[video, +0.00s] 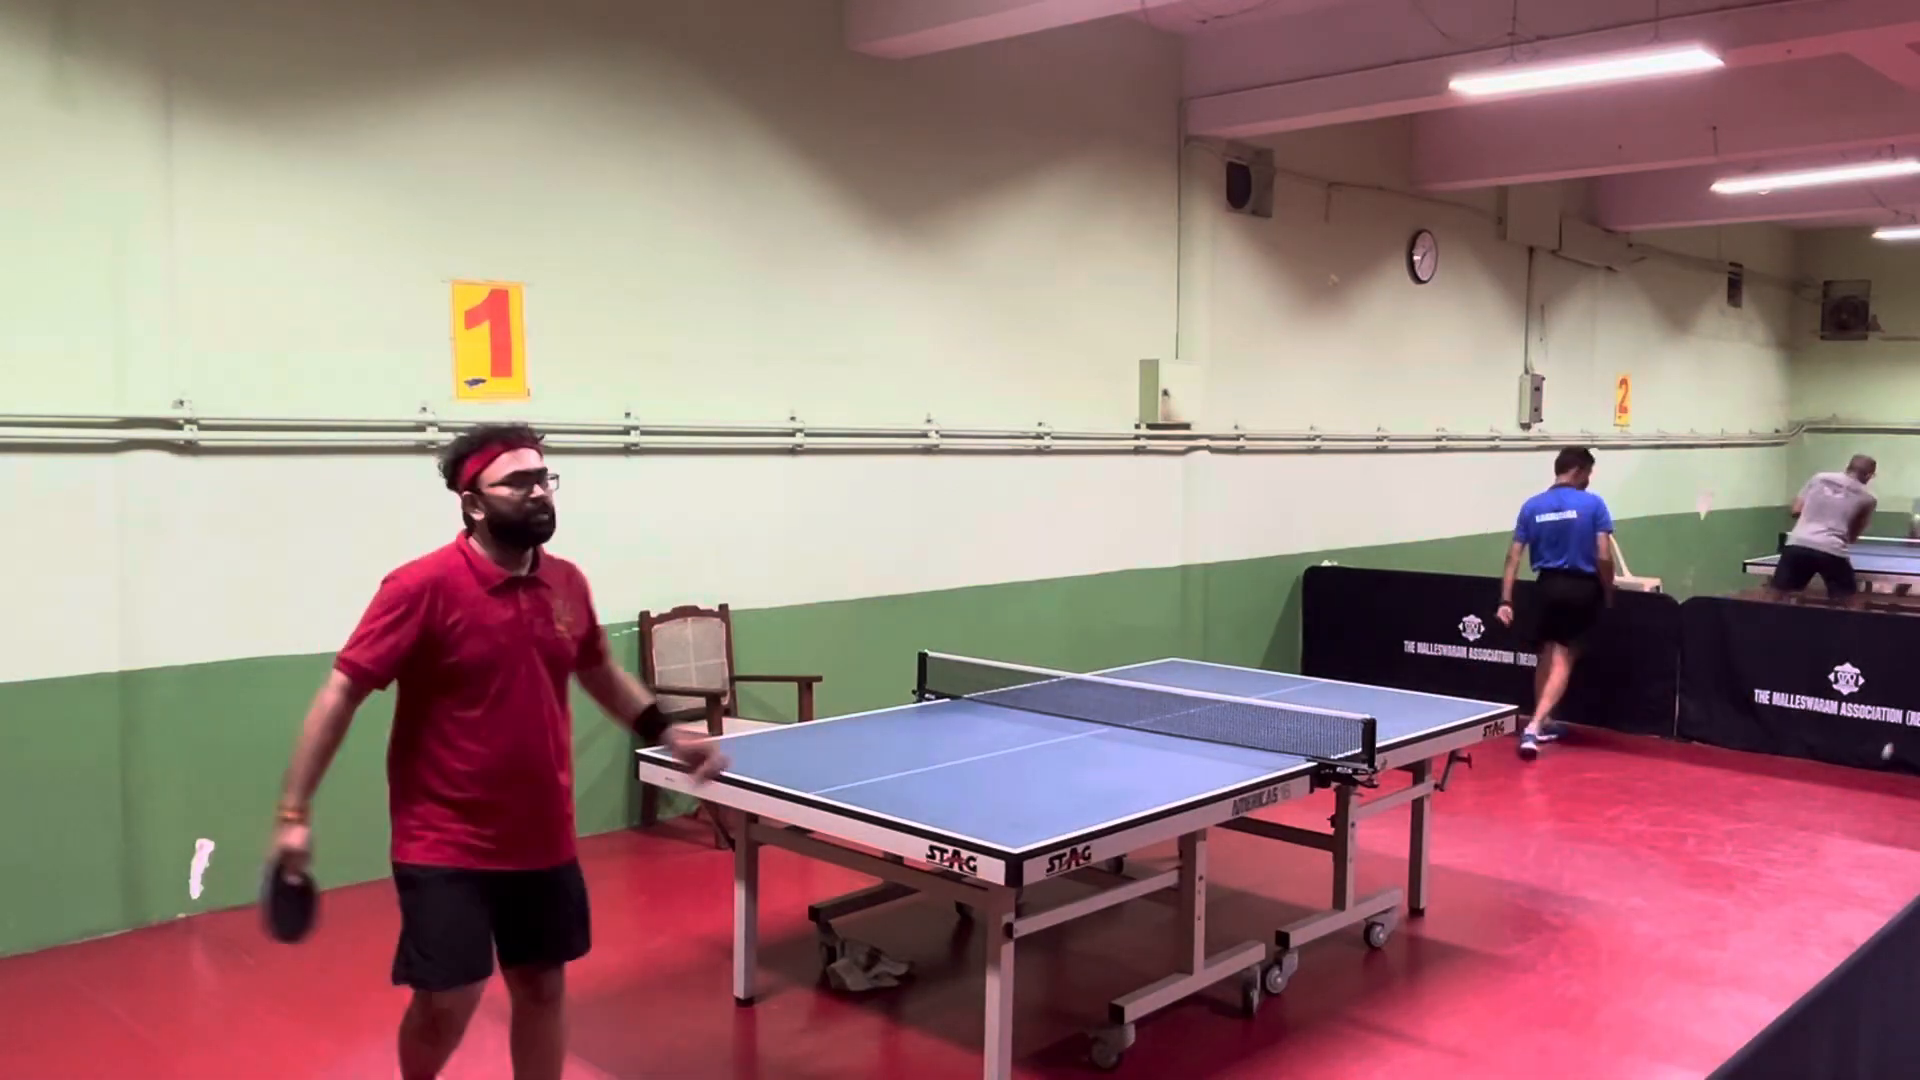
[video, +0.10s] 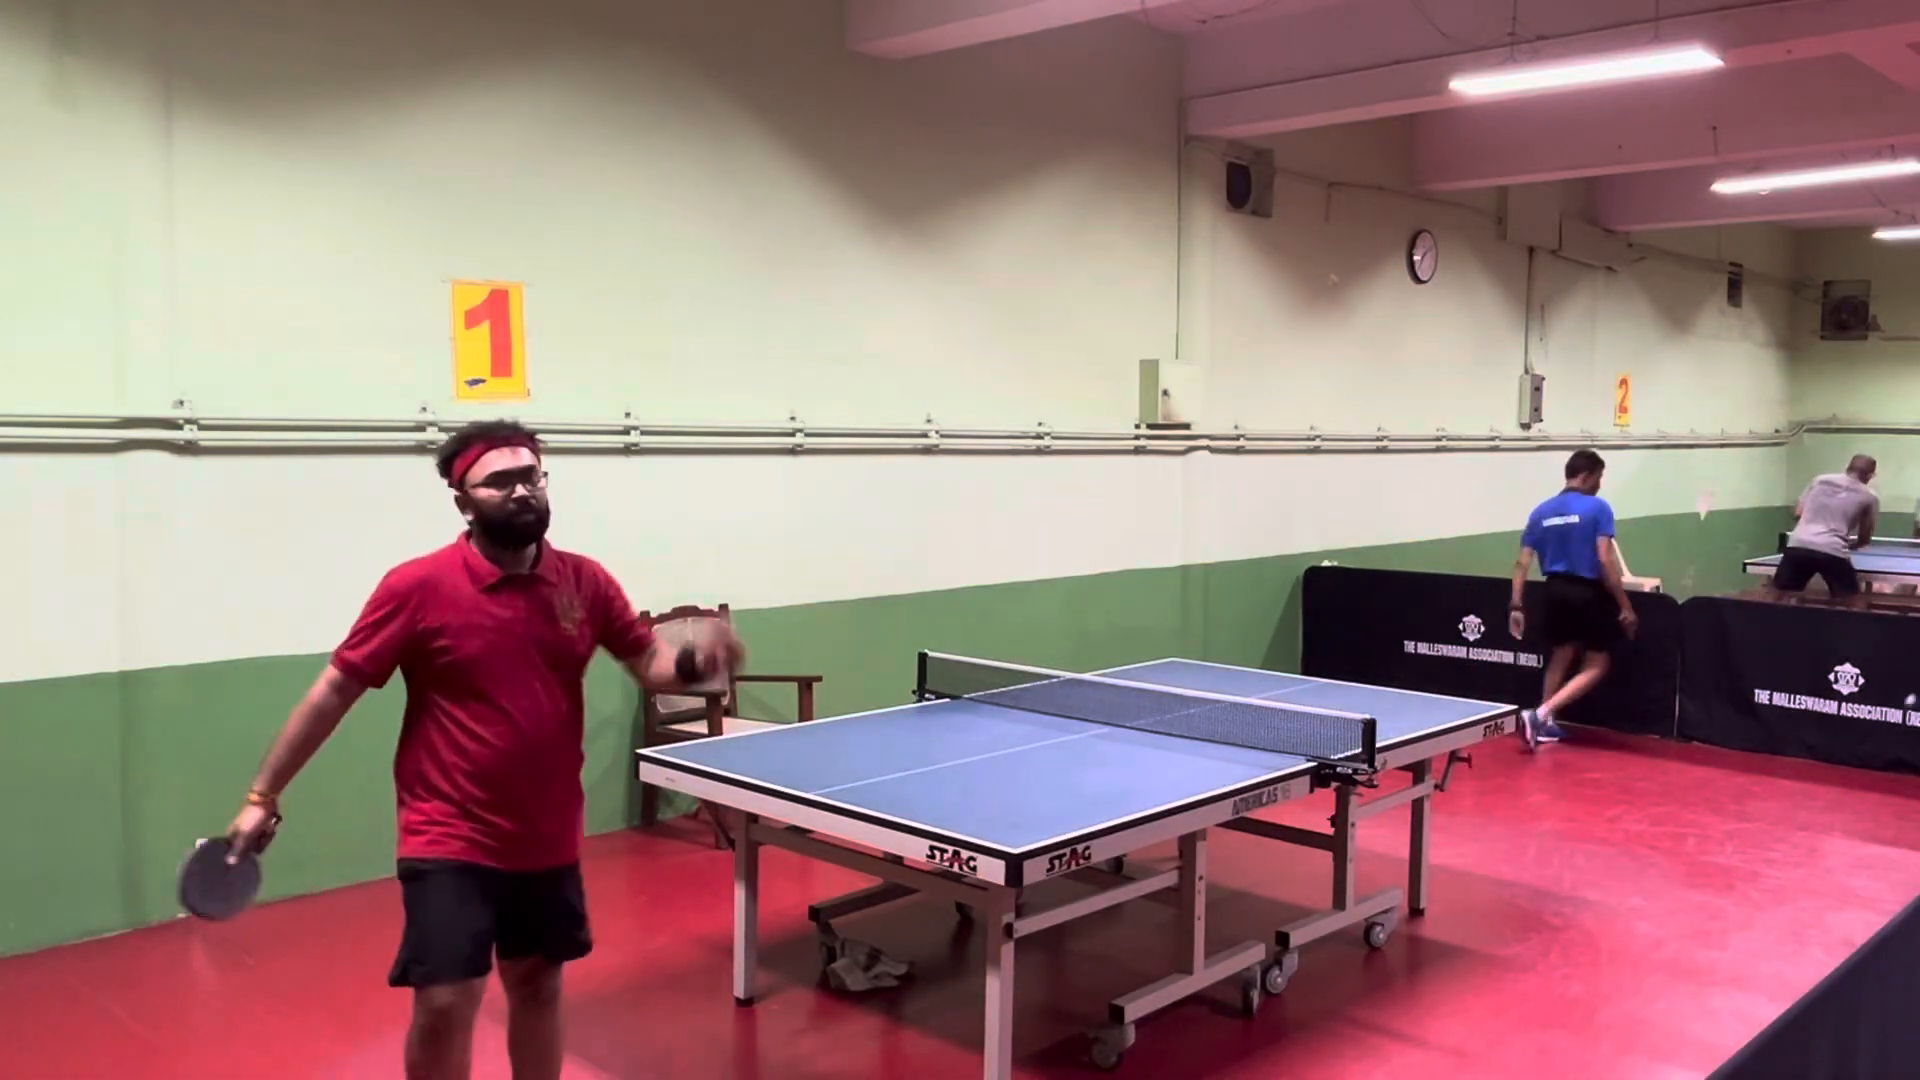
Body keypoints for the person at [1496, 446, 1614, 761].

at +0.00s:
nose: (1590, 480)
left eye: (1589, 474)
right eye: (1589, 474)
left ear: (1559, 472)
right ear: (1580, 472)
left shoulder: (1532, 505)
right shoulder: (1594, 503)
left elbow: (1514, 556)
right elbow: (1603, 555)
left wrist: (1505, 601)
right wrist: (1608, 589)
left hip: (1546, 587)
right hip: (1583, 587)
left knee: (1546, 655)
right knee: (1562, 657)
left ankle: (1541, 722)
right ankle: (1533, 727)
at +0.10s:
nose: (1600, 485)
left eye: (1600, 479)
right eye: (1598, 478)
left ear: (1570, 476)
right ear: (1586, 476)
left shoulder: (1541, 511)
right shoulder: (1598, 507)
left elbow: (1522, 562)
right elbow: (1605, 557)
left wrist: (1516, 605)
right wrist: (1625, 605)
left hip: (1554, 592)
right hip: (1589, 593)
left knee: (1562, 653)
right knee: (1597, 663)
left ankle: (1545, 722)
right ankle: (1540, 714)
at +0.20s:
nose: (1616, 482)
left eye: (1617, 476)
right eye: (1614, 475)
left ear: (1588, 472)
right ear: (1600, 472)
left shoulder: (1558, 504)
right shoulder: (1607, 503)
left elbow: (1544, 556)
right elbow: (1613, 555)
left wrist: (1539, 601)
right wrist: (1635, 602)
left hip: (1564, 587)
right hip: (1598, 588)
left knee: (1569, 650)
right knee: (1630, 655)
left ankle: (1546, 722)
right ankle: (1568, 706)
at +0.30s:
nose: (1637, 482)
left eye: (1638, 476)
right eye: (1635, 475)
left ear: (1609, 470)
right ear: (1622, 471)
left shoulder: (1581, 499)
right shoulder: (1618, 502)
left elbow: (1570, 555)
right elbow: (1618, 555)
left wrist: (1574, 587)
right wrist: (1643, 596)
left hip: (1580, 583)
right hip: (1608, 585)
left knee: (1571, 650)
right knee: (1655, 651)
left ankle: (1545, 721)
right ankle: (1612, 716)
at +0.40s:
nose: (1661, 490)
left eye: (1663, 483)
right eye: (1660, 483)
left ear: (1634, 475)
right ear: (1647, 478)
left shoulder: (1610, 501)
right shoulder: (1632, 509)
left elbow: (1597, 552)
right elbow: (1625, 562)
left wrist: (1640, 586)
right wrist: (1655, 601)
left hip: (1593, 585)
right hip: (1617, 590)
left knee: (1580, 649)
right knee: (1672, 653)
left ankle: (1546, 720)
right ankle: (1666, 732)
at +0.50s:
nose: (1692, 499)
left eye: (1694, 492)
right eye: (1690, 492)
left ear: (1670, 486)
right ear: (1675, 487)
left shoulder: (1648, 508)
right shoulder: (1654, 515)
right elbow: (1642, 572)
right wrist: (1672, 610)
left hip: (1616, 593)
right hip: (1634, 597)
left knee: (1594, 654)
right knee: (1690, 659)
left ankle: (1550, 717)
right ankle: (1705, 740)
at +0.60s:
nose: (1728, 506)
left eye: (1730, 499)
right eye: (1727, 498)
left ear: (1705, 491)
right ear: (1711, 493)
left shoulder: (1683, 513)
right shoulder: (1686, 521)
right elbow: (1664, 579)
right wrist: (1691, 621)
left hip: (1646, 596)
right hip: (1661, 601)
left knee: (1631, 655)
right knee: (1713, 663)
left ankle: (1565, 709)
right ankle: (1712, 744)